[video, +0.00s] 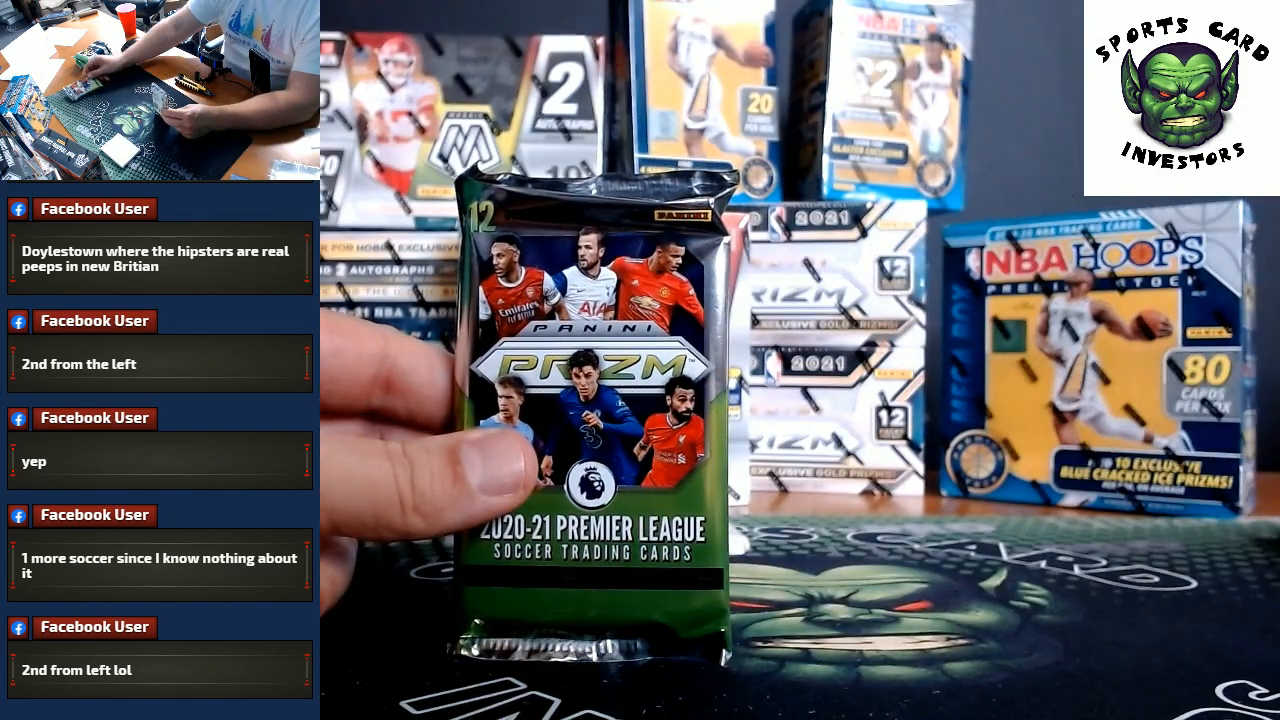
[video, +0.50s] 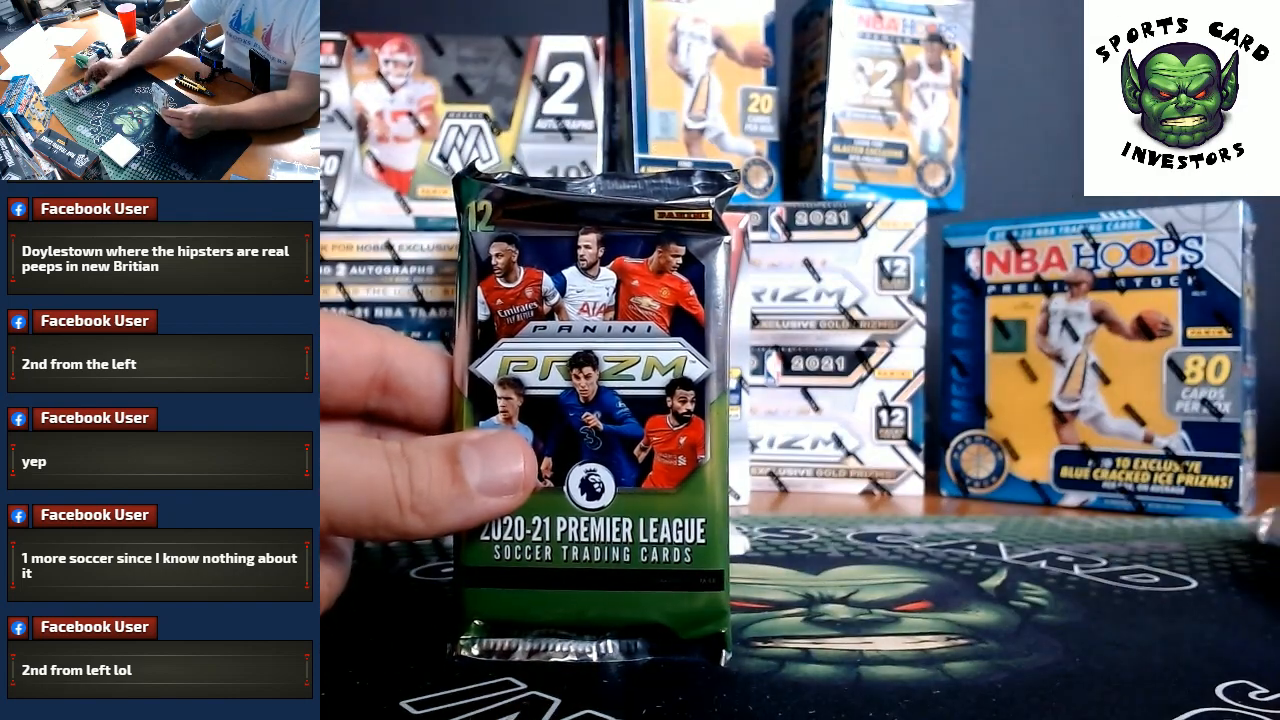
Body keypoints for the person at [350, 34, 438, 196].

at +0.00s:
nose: (399, 70)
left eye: (405, 64)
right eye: (393, 63)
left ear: (413, 65)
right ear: (382, 64)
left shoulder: (424, 90)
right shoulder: (365, 90)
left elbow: (432, 130)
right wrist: (370, 126)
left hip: (406, 170)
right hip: (374, 165)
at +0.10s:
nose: (399, 70)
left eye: (405, 64)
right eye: (393, 64)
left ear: (413, 66)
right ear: (382, 65)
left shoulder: (423, 90)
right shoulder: (365, 90)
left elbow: (432, 130)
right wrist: (370, 126)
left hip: (406, 169)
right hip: (374, 165)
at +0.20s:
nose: (399, 70)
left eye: (405, 65)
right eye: (393, 64)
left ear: (413, 66)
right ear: (382, 64)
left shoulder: (423, 90)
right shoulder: (365, 90)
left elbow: (432, 130)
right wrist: (370, 125)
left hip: (405, 169)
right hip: (374, 165)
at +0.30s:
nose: (399, 70)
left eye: (405, 64)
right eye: (393, 64)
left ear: (413, 66)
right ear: (382, 65)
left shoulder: (424, 90)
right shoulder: (365, 90)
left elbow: (432, 130)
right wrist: (370, 126)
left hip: (406, 169)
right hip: (374, 165)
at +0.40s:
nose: (399, 70)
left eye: (405, 64)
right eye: (393, 64)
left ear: (413, 66)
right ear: (382, 65)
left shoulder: (424, 90)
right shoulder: (365, 90)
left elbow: (432, 130)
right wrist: (370, 126)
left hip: (406, 169)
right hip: (374, 165)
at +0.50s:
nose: (399, 70)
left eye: (405, 65)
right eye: (393, 64)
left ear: (413, 66)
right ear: (382, 64)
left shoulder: (423, 89)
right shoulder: (365, 90)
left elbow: (432, 130)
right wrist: (370, 125)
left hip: (405, 169)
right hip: (374, 165)